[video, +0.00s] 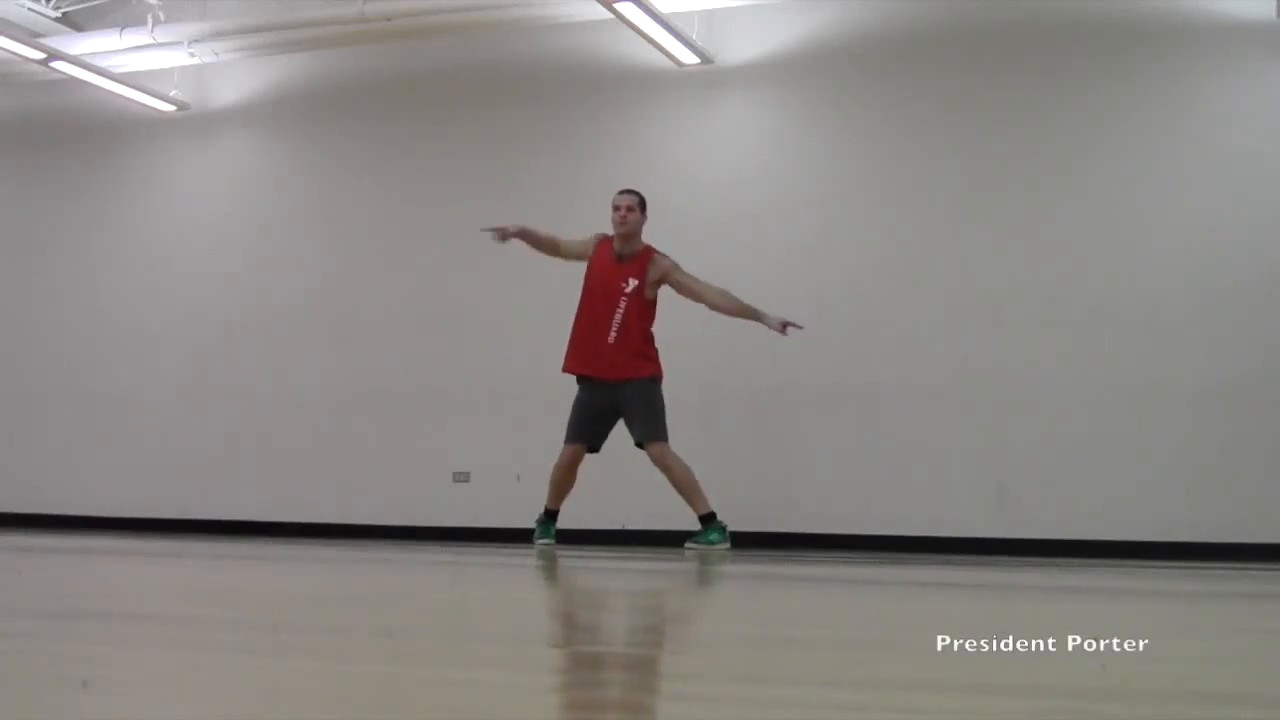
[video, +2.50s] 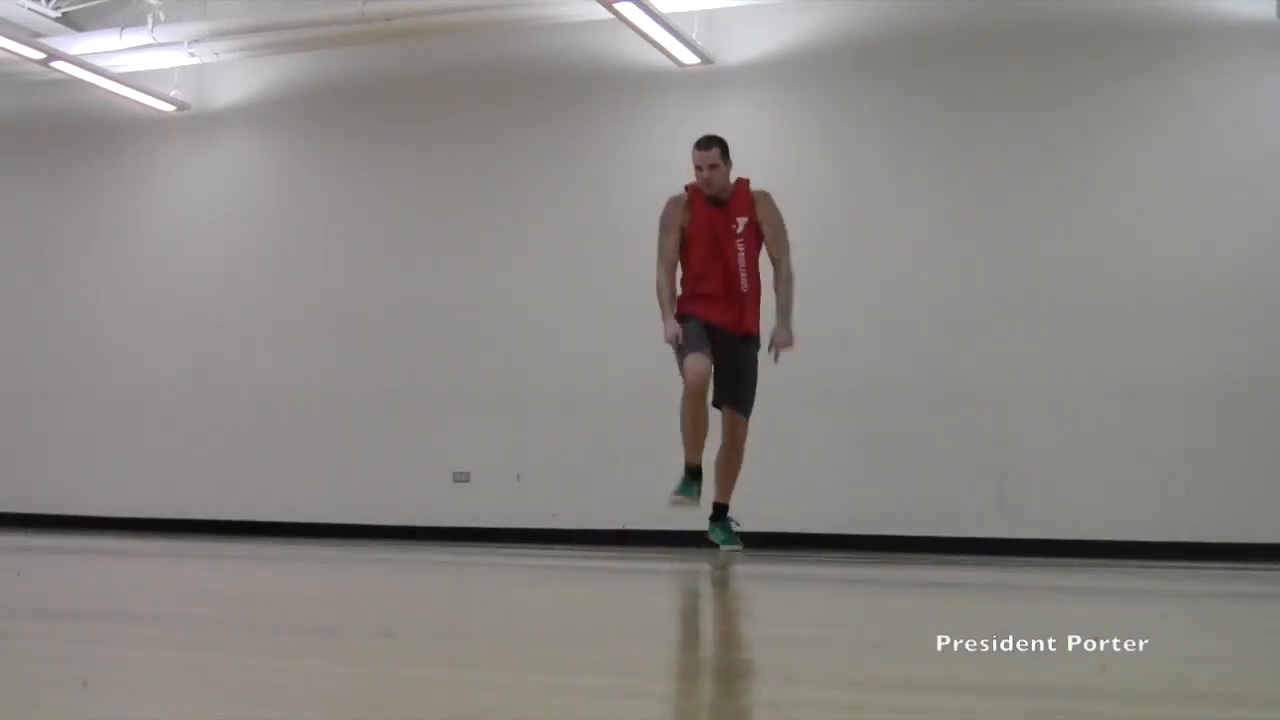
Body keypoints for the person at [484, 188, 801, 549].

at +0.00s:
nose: (621, 214)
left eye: (630, 209)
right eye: (617, 209)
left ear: (643, 219)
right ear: (610, 216)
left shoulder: (657, 264)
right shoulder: (596, 247)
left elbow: (710, 295)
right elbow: (557, 247)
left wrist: (764, 318)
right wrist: (521, 232)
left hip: (638, 378)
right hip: (594, 377)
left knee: (657, 450)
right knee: (571, 452)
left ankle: (711, 526)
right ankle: (547, 521)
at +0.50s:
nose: (652, 206)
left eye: (660, 200)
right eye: (647, 200)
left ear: (675, 206)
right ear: (642, 207)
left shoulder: (694, 246)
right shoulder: (630, 236)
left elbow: (747, 269)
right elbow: (582, 225)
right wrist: (582, 199)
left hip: (678, 356)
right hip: (635, 350)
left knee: (675, 436)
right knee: (632, 403)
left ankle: (676, 521)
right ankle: (621, 485)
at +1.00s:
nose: (679, 203)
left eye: (674, 197)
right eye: (675, 199)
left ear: (643, 209)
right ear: (673, 207)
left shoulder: (632, 238)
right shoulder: (698, 239)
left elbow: (659, 199)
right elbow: (724, 273)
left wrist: (699, 206)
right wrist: (724, 224)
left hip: (667, 363)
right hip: (708, 360)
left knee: (685, 442)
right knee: (742, 436)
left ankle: (663, 515)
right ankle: (708, 524)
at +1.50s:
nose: (678, 209)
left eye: (684, 201)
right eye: (673, 202)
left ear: (703, 202)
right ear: (670, 207)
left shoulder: (723, 231)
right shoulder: (669, 234)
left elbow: (705, 205)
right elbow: (653, 220)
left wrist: (680, 177)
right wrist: (647, 193)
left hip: (711, 352)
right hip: (671, 353)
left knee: (698, 436)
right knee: (669, 440)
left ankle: (699, 523)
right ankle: (701, 521)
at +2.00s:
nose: (702, 211)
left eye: (709, 204)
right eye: (697, 205)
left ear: (727, 203)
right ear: (693, 203)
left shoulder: (747, 234)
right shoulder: (682, 230)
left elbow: (730, 240)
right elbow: (656, 226)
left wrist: (691, 222)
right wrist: (634, 220)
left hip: (722, 356)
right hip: (675, 350)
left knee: (719, 427)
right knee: (655, 427)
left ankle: (708, 520)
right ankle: (673, 505)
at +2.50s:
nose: (705, 175)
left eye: (713, 167)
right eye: (700, 168)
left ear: (729, 166)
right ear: (692, 170)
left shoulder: (758, 203)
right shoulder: (679, 208)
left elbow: (782, 264)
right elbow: (666, 268)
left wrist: (783, 324)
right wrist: (669, 317)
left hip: (741, 325)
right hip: (695, 319)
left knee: (735, 426)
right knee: (696, 374)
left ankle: (720, 516)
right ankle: (691, 474)